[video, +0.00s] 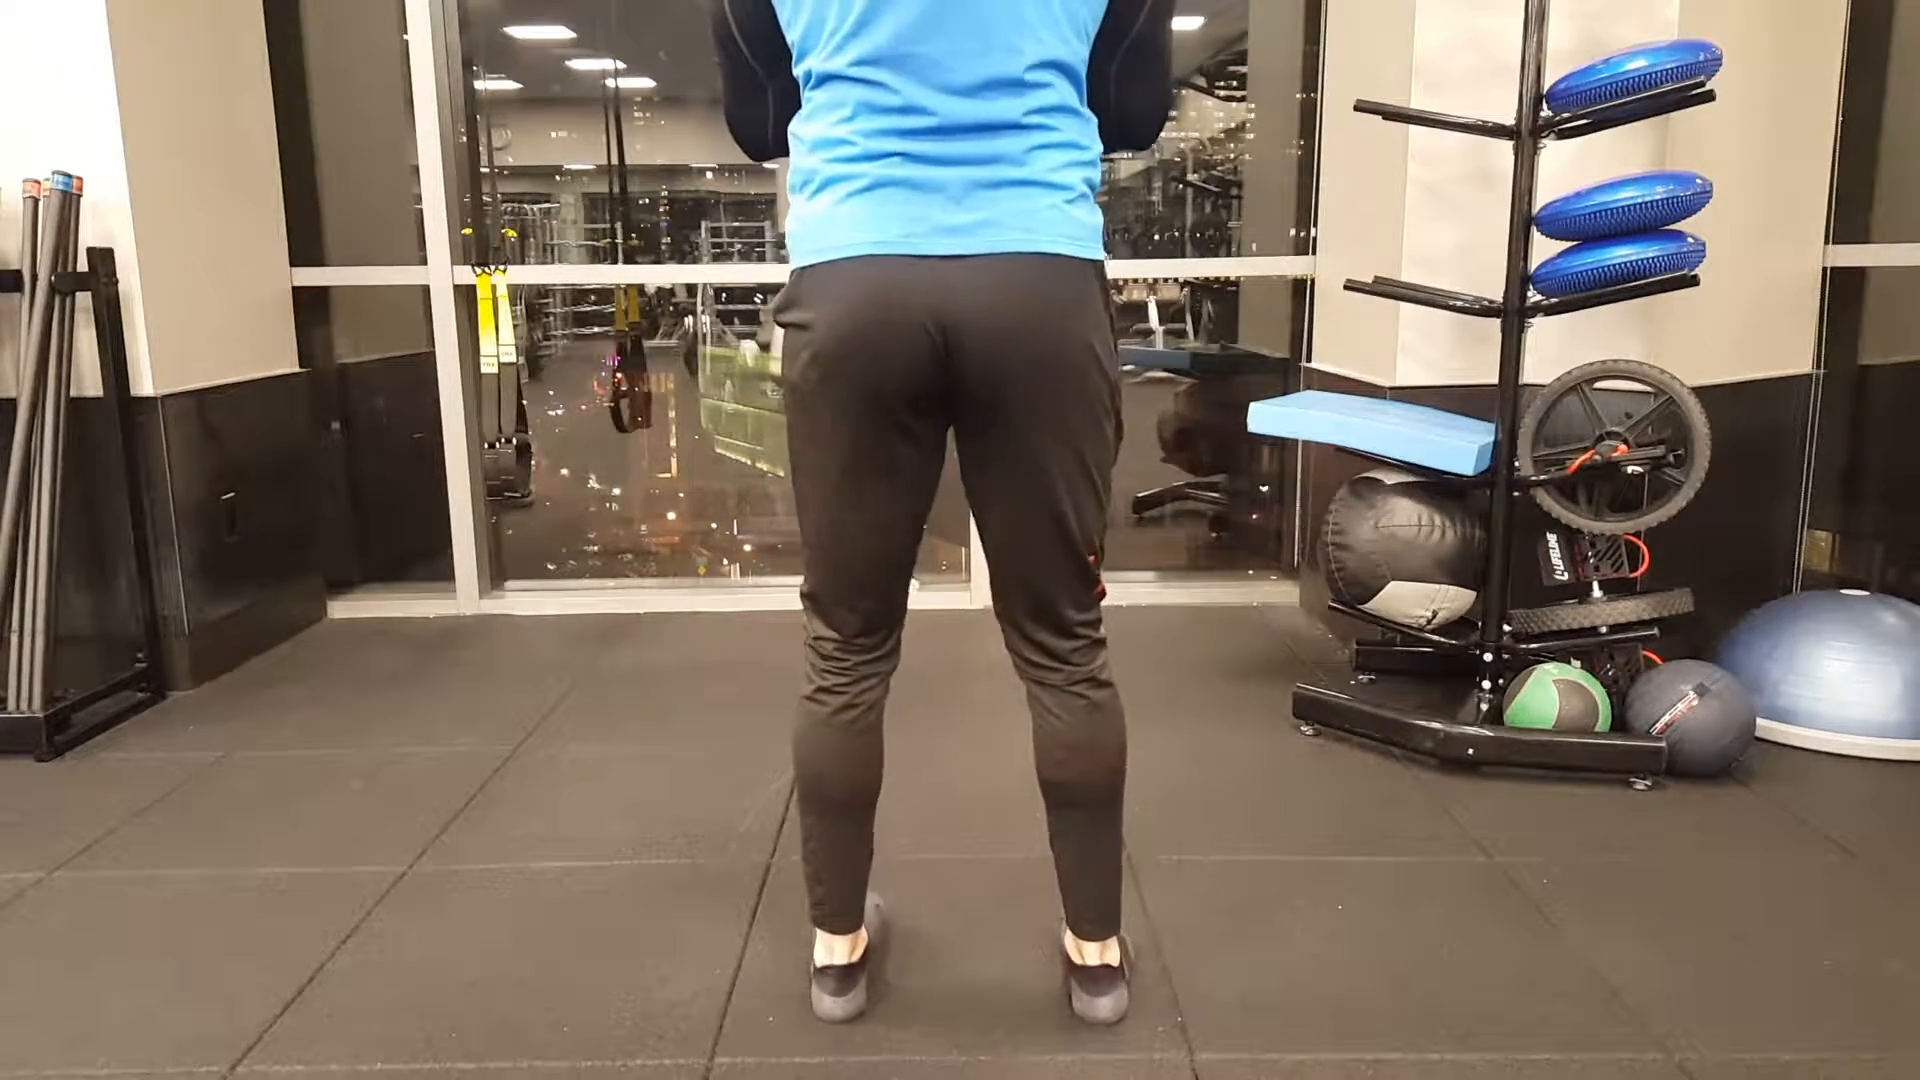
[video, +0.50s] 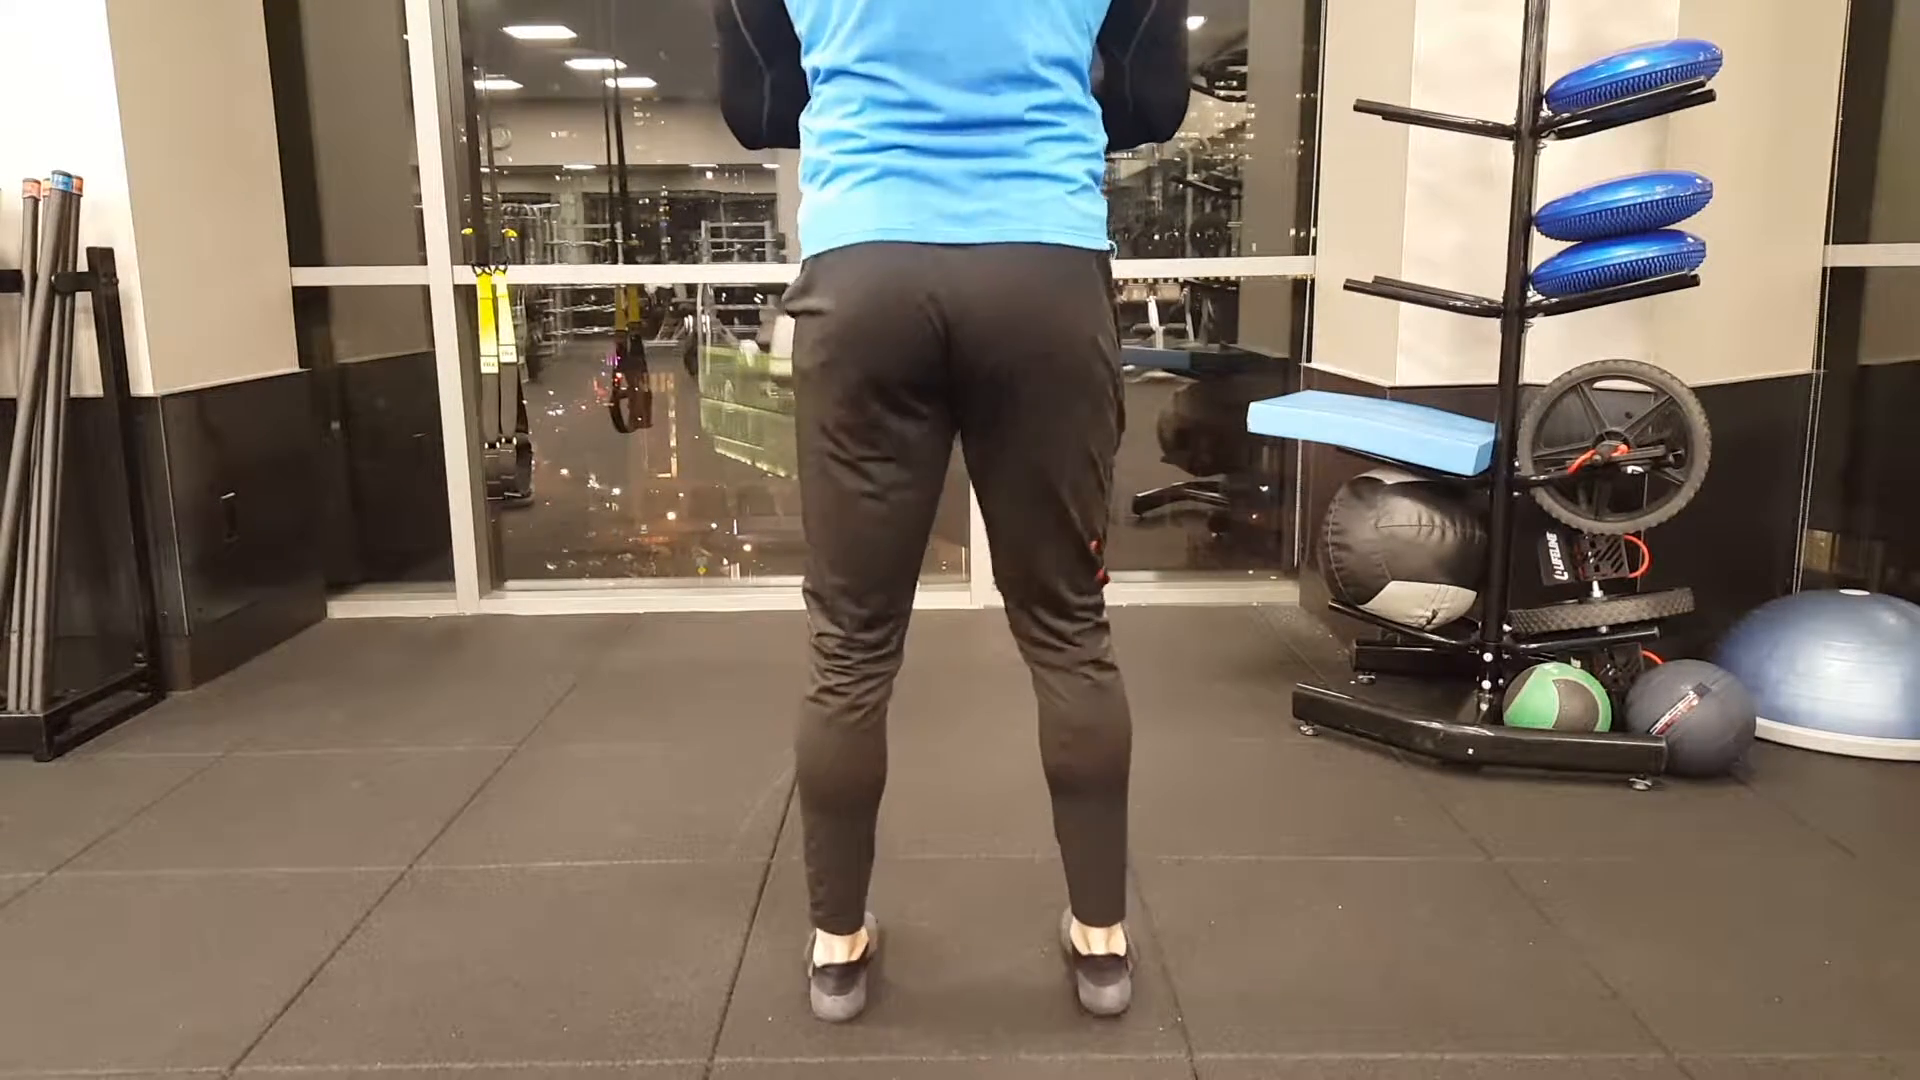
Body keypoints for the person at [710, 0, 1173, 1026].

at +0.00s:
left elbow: (759, 126)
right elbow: (1134, 117)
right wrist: (1011, 71)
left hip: (854, 278)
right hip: (1039, 278)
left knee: (845, 645)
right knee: (1062, 637)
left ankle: (836, 954)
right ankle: (1096, 958)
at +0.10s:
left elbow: (763, 126)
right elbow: (1139, 115)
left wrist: (886, 78)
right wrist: (1009, 86)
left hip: (858, 277)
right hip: (1043, 275)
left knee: (849, 646)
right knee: (1067, 637)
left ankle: (837, 955)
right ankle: (1098, 959)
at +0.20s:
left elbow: (765, 123)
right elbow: (1145, 110)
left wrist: (886, 77)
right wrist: (1015, 85)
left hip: (865, 276)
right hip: (1049, 275)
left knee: (852, 647)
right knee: (1068, 639)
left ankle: (838, 953)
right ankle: (1097, 957)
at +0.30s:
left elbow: (765, 119)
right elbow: (1147, 107)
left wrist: (892, 84)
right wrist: (1017, 95)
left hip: (863, 273)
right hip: (1046, 269)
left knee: (858, 643)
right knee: (1065, 636)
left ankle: (842, 953)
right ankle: (1095, 955)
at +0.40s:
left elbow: (757, 113)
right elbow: (1149, 103)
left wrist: (877, 83)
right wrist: (1024, 108)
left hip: (861, 264)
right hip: (1041, 264)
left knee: (850, 644)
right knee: (1065, 632)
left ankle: (837, 954)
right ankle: (1097, 954)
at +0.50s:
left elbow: (757, 111)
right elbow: (1150, 104)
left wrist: (883, 91)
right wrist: (1024, 118)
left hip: (862, 258)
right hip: (1043, 262)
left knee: (851, 643)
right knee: (1067, 624)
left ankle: (837, 953)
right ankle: (1101, 947)